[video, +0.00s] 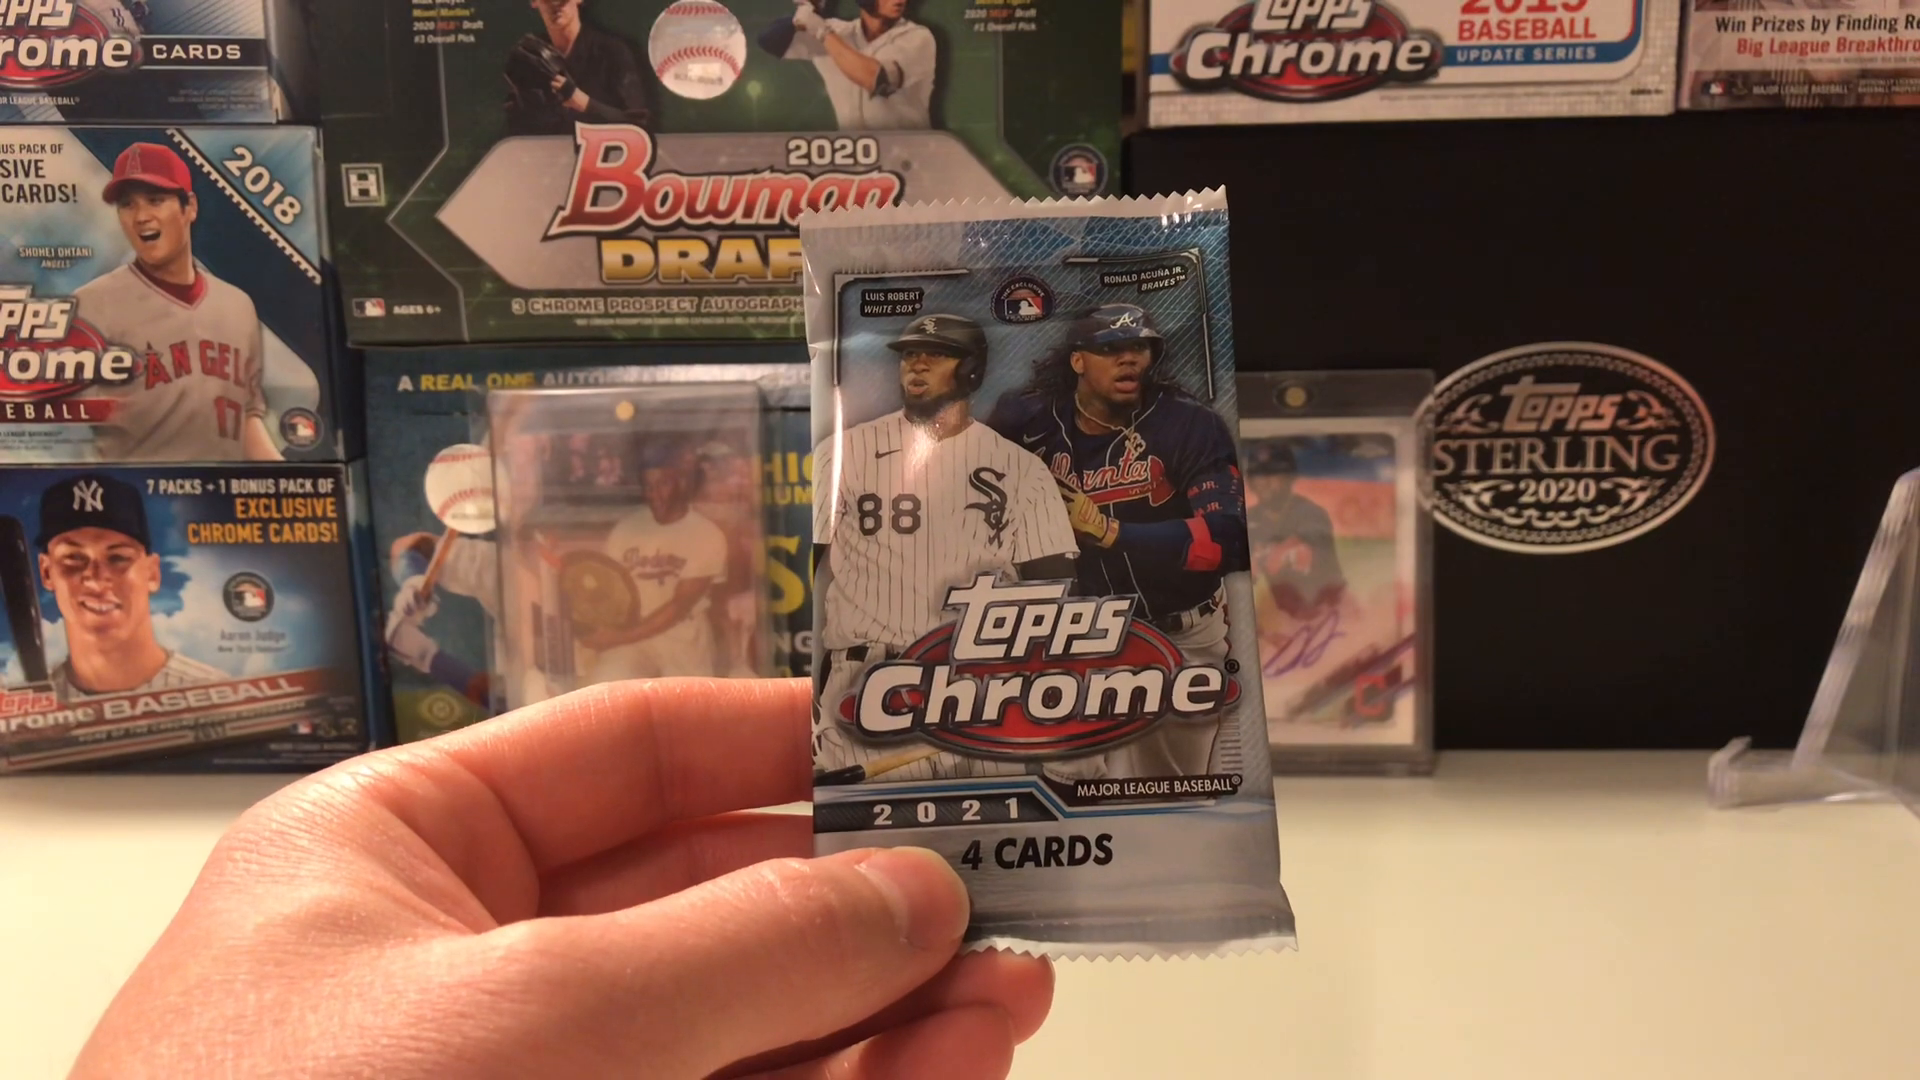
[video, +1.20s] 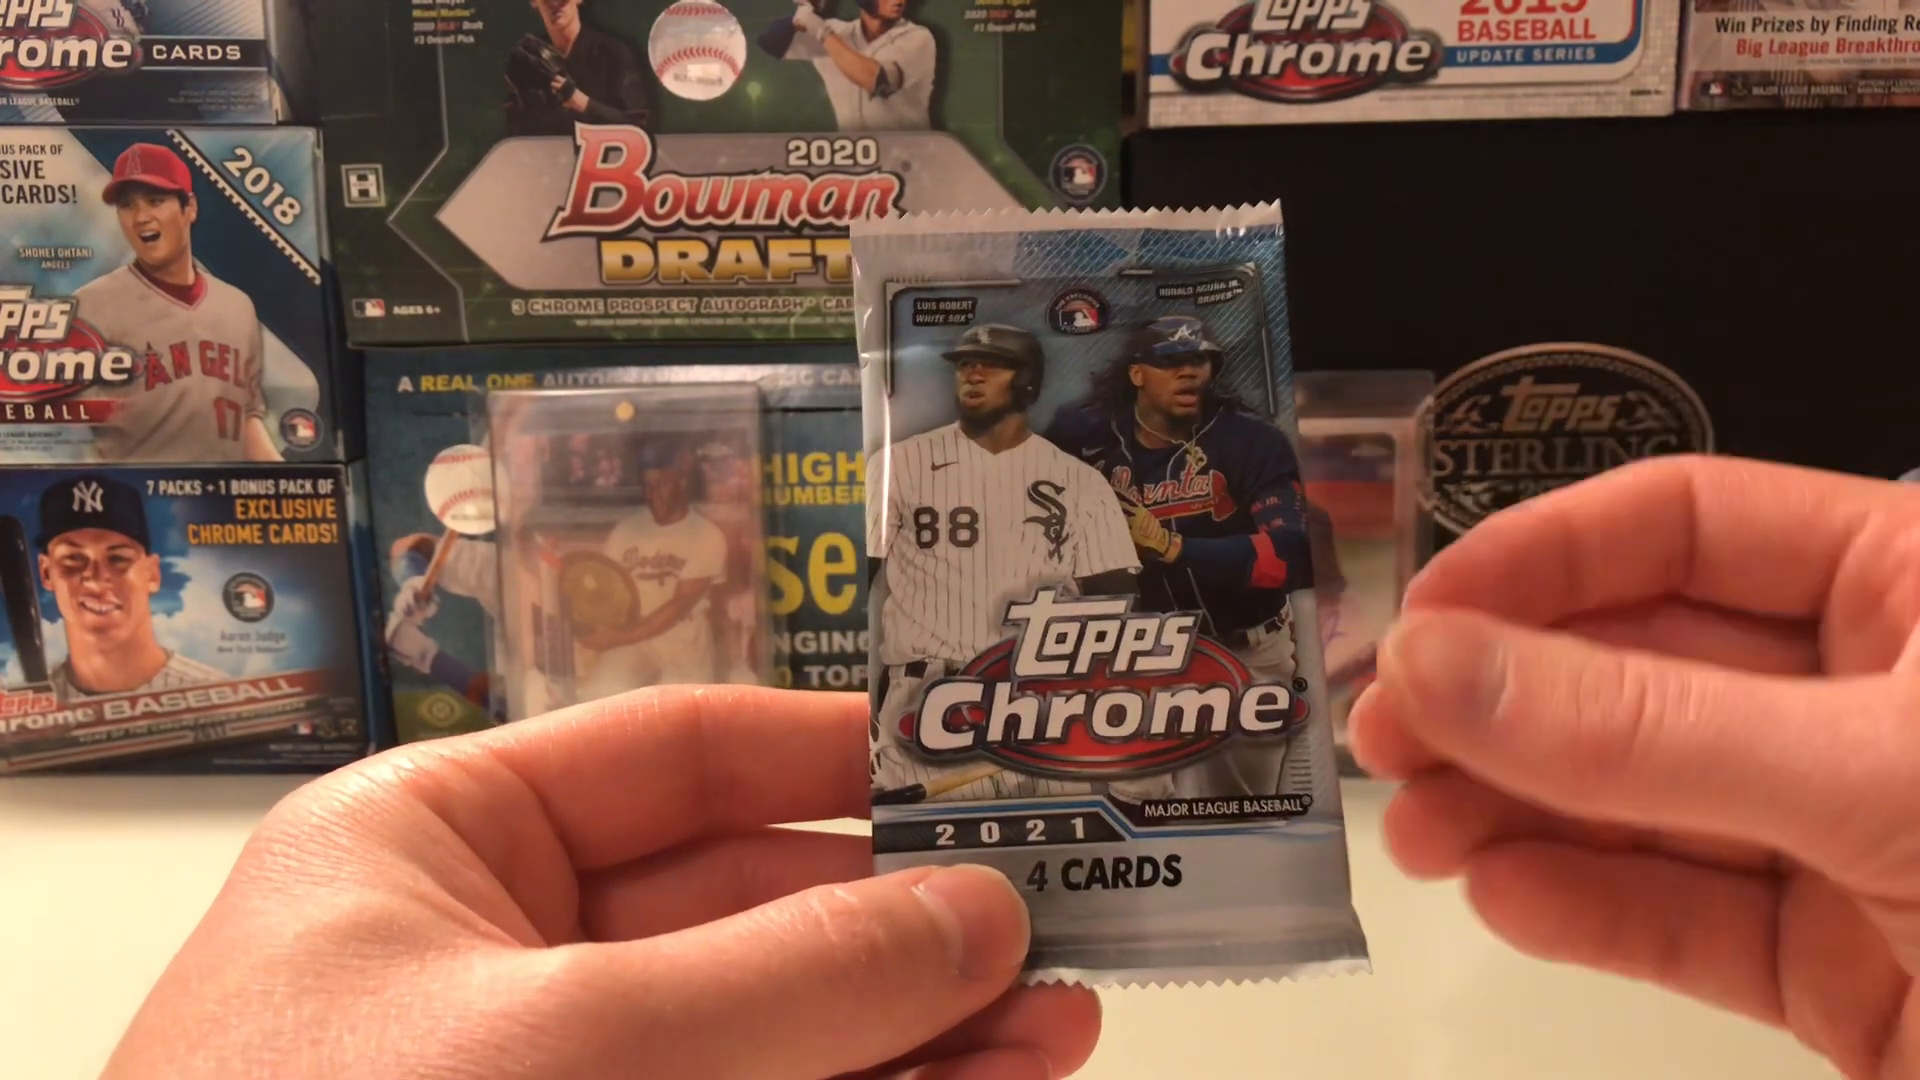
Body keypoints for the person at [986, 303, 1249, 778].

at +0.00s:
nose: (1131, 359)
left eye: (1139, 347)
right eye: (1113, 349)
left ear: (1153, 356)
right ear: (1078, 361)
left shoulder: (1191, 427)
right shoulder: (1024, 421)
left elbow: (1224, 539)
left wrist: (1112, 532)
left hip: (1182, 632)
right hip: (1072, 635)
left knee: (1176, 799)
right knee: (1075, 795)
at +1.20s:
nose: (1191, 372)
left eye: (1199, 360)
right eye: (1172, 361)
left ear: (1212, 369)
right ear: (1137, 374)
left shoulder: (1253, 443)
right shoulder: (1086, 437)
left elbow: (1287, 557)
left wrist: (1172, 546)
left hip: (1249, 648)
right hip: (1136, 651)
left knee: (1247, 814)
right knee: (1139, 812)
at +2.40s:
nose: (1257, 370)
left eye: (1266, 357)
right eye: (1238, 359)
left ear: (1278, 366)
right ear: (1201, 371)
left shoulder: (1320, 443)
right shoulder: (1149, 434)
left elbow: (1356, 558)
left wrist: (1240, 549)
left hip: (1317, 656)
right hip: (1199, 659)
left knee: (1317, 826)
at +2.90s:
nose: (1268, 377)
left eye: (1277, 365)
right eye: (1250, 367)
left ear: (1291, 371)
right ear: (1213, 377)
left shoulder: (1331, 446)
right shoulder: (1160, 439)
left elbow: (1371, 564)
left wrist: (1252, 552)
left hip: (1325, 650)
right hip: (1204, 652)